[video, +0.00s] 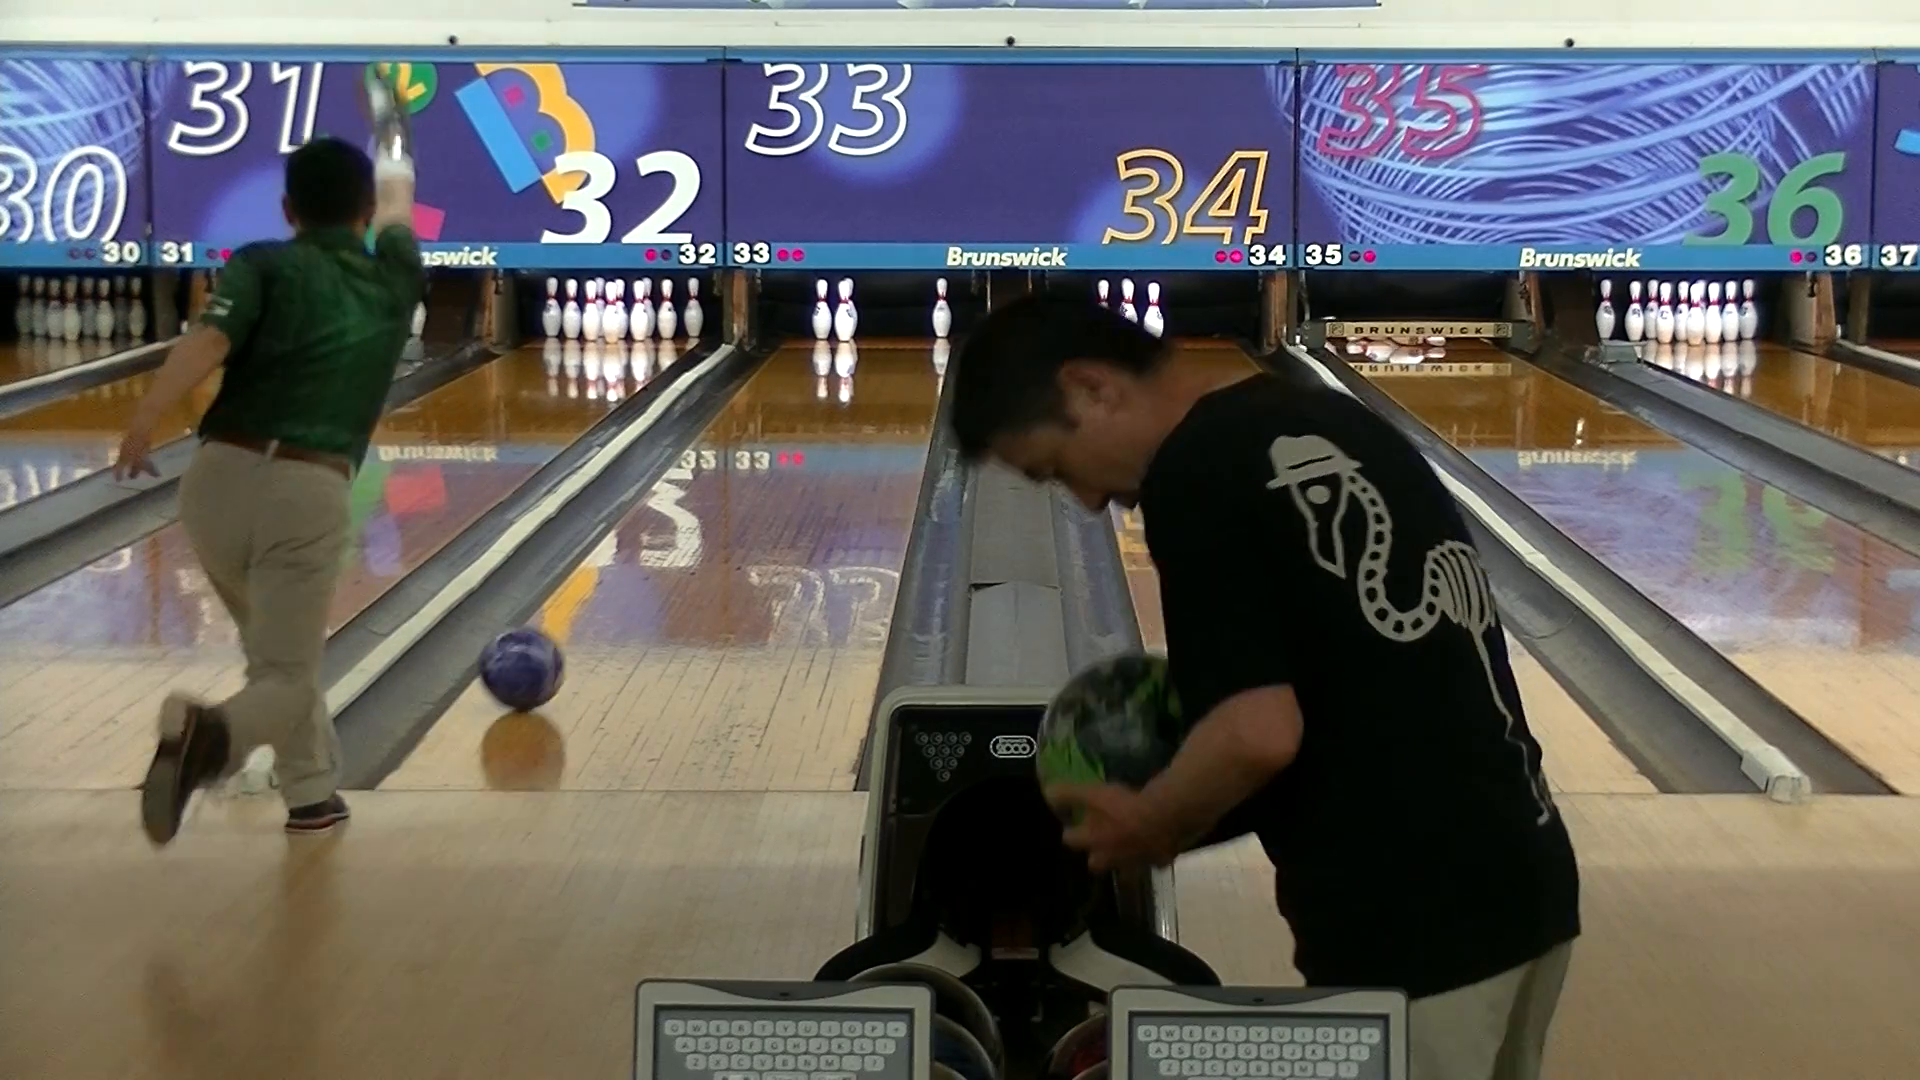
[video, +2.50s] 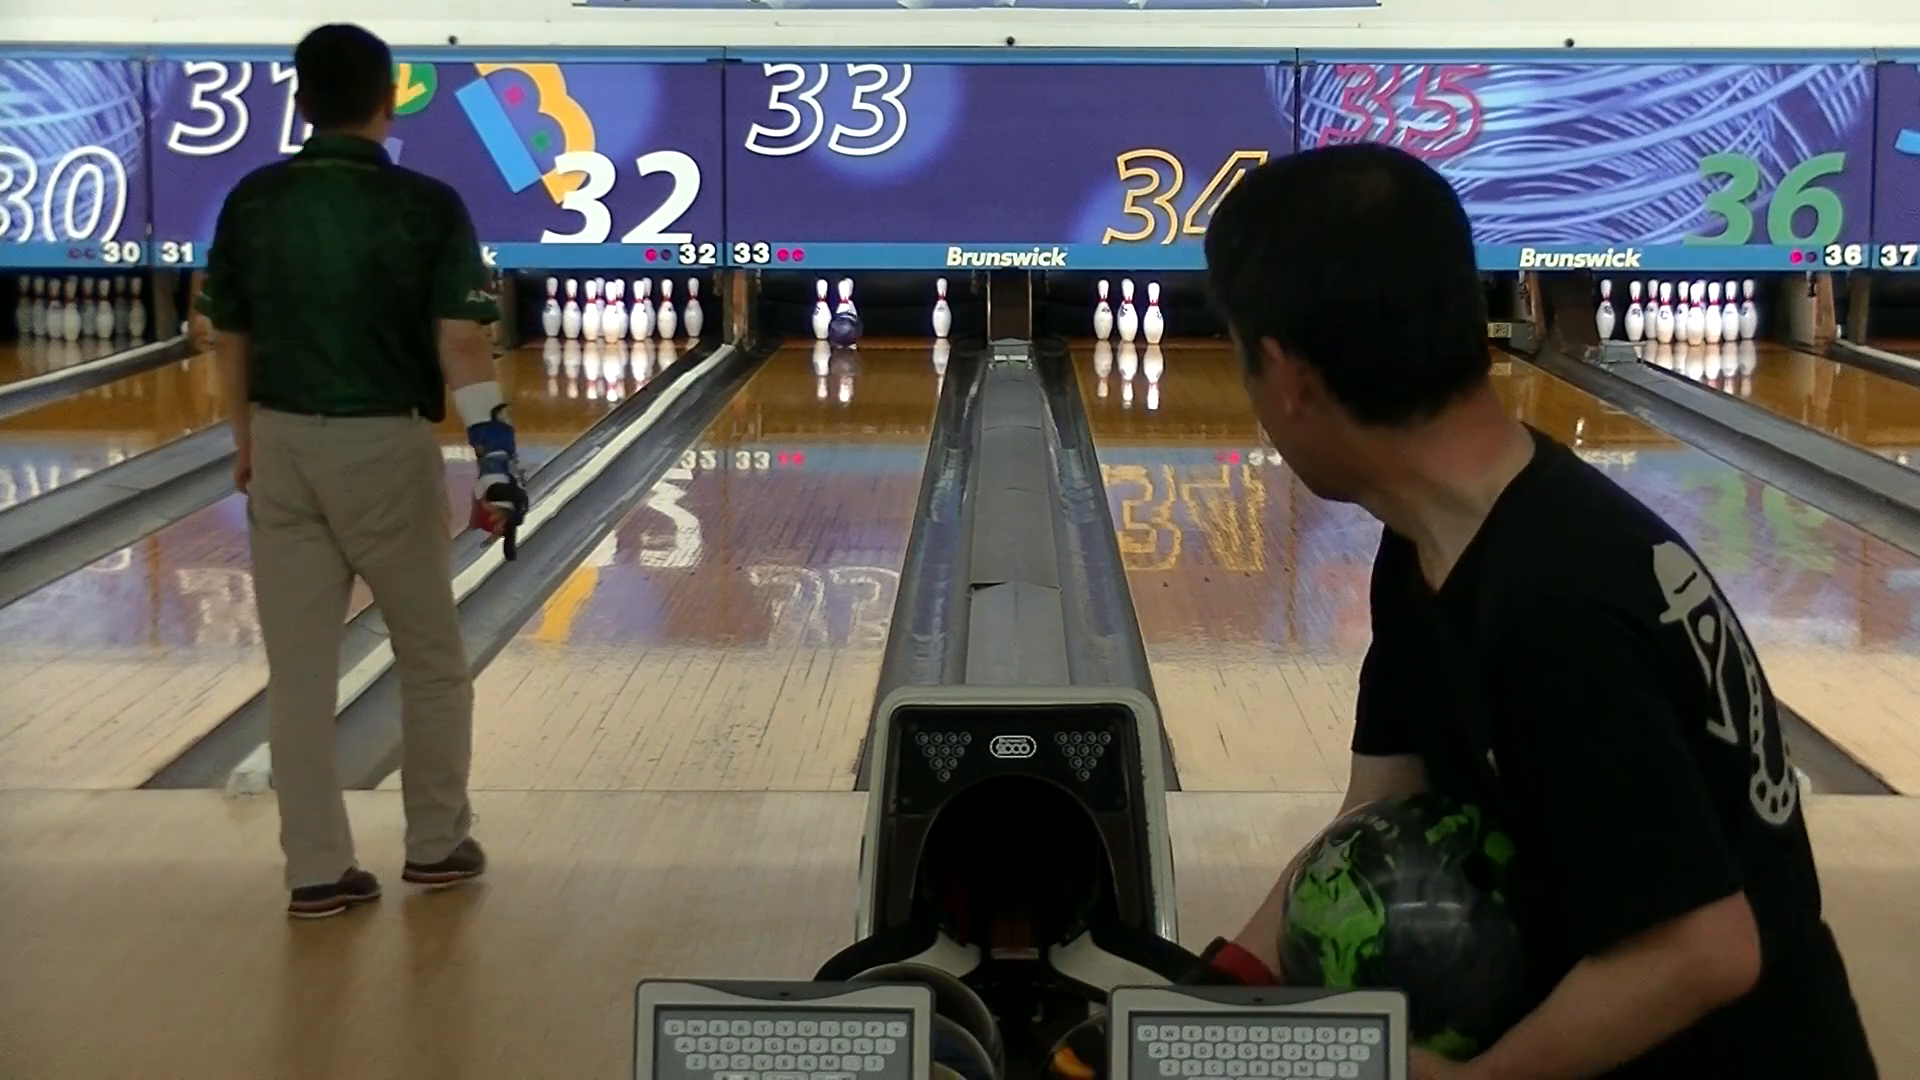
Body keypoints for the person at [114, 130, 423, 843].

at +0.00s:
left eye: (291, 195)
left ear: (290, 205)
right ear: (368, 210)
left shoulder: (260, 266)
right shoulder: (392, 278)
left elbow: (205, 346)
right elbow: (394, 205)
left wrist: (142, 422)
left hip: (217, 476)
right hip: (311, 489)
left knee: (275, 650)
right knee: (289, 673)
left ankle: (311, 796)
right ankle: (212, 739)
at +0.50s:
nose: (303, 96)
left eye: (292, 86)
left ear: (289, 98)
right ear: (369, 99)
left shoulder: (267, 189)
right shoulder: (402, 171)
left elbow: (218, 310)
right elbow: (433, 52)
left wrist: (158, 405)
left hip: (281, 403)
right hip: (377, 403)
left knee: (290, 619)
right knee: (388, 581)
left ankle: (315, 795)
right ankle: (376, 633)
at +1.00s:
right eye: (440, 95)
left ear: (362, 104)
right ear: (443, 103)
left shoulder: (321, 186)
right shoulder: (482, 200)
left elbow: (276, 312)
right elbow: (500, 325)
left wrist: (274, 388)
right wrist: (509, 436)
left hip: (332, 417)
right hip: (433, 420)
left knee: (327, 620)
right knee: (449, 630)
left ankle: (328, 807)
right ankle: (440, 816)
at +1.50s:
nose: (440, 106)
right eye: (439, 94)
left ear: (348, 102)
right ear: (432, 99)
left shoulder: (303, 193)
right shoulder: (458, 183)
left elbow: (286, 331)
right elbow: (487, 288)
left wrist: (324, 398)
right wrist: (532, 413)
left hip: (322, 423)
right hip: (424, 421)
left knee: (339, 637)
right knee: (448, 630)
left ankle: (357, 838)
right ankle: (428, 821)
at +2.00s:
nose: (446, 97)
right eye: (442, 86)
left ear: (354, 101)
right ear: (438, 94)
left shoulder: (313, 188)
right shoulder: (487, 196)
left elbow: (283, 329)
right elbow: (513, 328)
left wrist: (289, 430)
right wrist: (458, 323)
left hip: (326, 429)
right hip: (432, 433)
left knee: (334, 636)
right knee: (438, 641)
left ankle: (335, 832)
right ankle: (417, 840)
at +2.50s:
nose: (398, 103)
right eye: (394, 90)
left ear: (304, 101)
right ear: (389, 99)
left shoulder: (252, 199)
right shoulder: (426, 205)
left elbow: (229, 337)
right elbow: (463, 342)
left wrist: (245, 437)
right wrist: (497, 453)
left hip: (278, 450)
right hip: (385, 449)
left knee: (297, 670)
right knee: (432, 656)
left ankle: (315, 874)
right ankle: (438, 846)